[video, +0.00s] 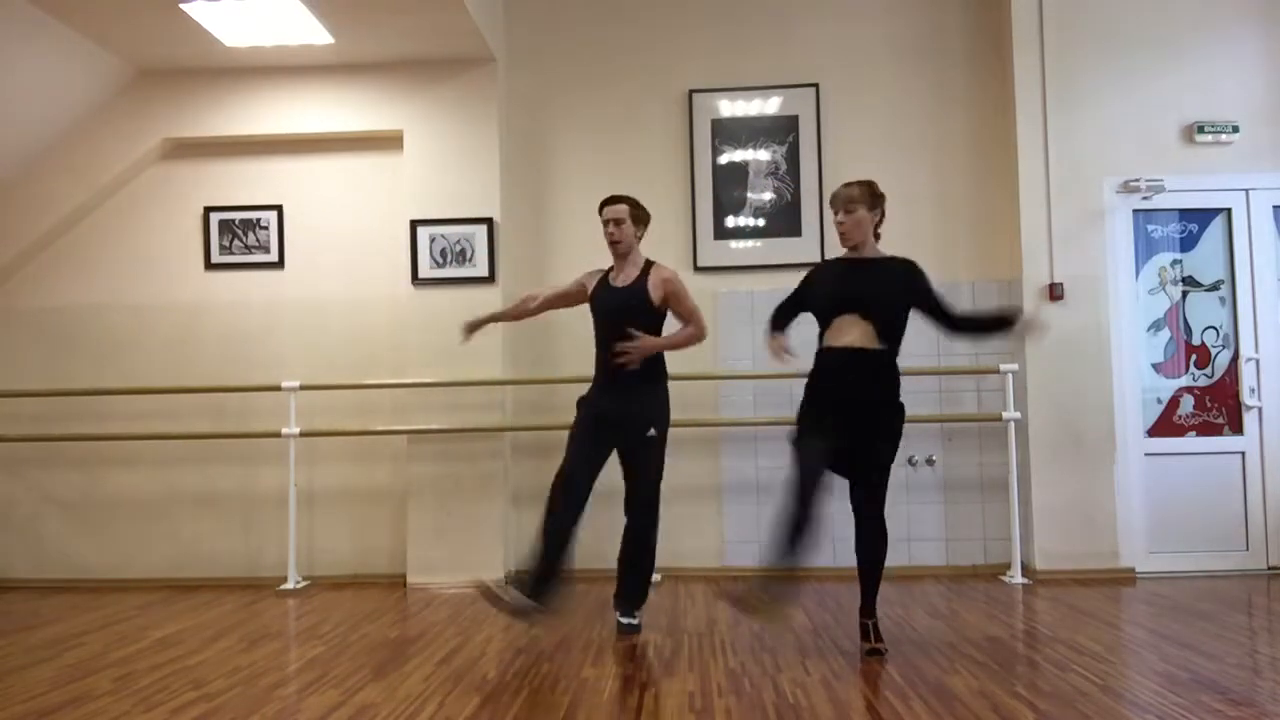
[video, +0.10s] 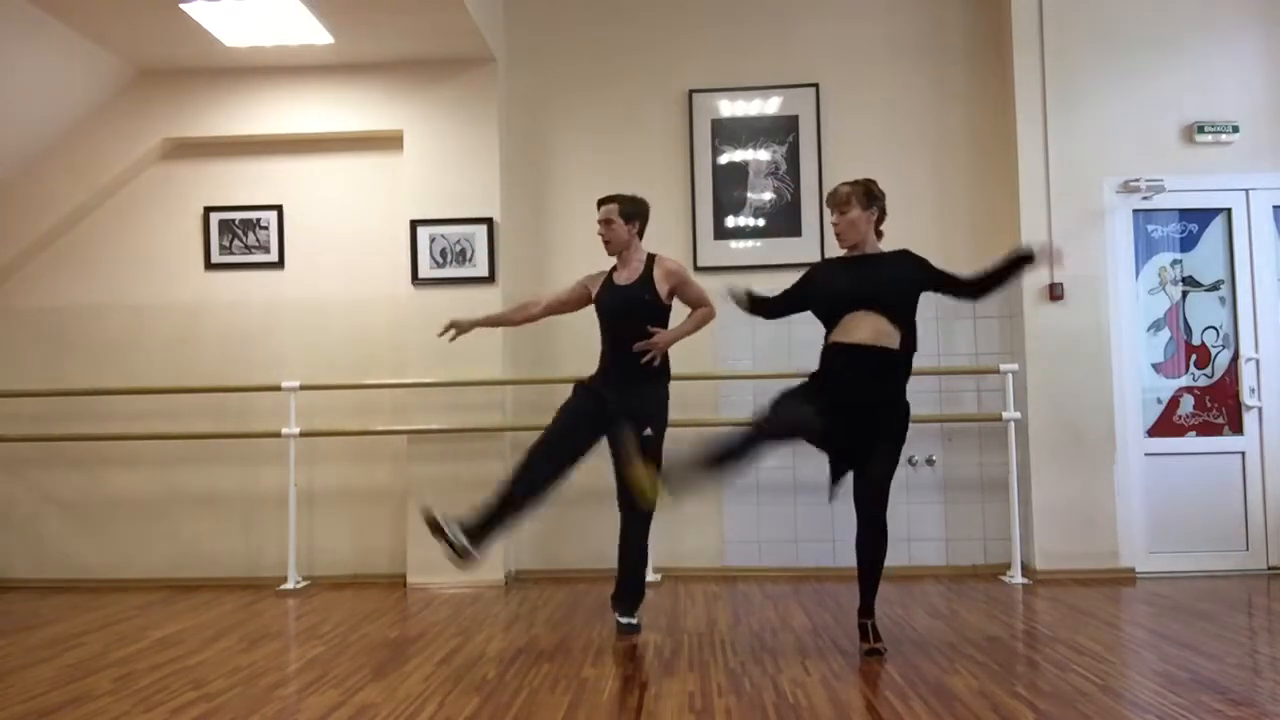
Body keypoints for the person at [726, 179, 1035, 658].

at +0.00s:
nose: (840, 221)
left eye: (850, 212)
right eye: (836, 214)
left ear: (876, 216)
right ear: (834, 220)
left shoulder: (902, 273)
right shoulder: (823, 274)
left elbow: (953, 322)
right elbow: (784, 312)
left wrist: (1012, 319)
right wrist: (776, 332)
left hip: (877, 392)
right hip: (826, 389)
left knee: (868, 506)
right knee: (805, 482)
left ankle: (868, 614)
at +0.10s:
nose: (835, 221)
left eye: (844, 212)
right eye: (833, 213)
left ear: (874, 215)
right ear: (836, 220)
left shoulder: (907, 265)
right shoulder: (824, 273)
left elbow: (970, 289)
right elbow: (774, 307)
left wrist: (1020, 260)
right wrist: (744, 297)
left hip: (883, 394)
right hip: (828, 389)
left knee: (872, 510)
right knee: (766, 428)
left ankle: (867, 615)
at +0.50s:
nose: (824, 225)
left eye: (833, 215)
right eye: (821, 217)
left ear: (859, 218)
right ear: (820, 223)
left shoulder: (896, 262)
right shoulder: (820, 275)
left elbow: (949, 291)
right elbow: (782, 297)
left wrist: (963, 289)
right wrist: (740, 297)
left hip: (883, 394)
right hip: (830, 388)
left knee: (868, 513)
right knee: (781, 472)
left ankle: (855, 616)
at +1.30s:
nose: (770, 237)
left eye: (779, 229)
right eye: (768, 230)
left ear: (806, 233)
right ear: (775, 237)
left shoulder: (840, 283)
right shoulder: (769, 294)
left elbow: (900, 317)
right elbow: (753, 350)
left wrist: (884, 364)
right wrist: (790, 319)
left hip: (845, 406)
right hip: (797, 411)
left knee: (854, 518)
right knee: (797, 516)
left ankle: (851, 617)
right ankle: (833, 574)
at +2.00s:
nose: (733, 226)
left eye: (741, 220)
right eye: (726, 220)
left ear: (753, 229)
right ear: (714, 228)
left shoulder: (771, 286)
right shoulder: (696, 289)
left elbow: (793, 351)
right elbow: (684, 356)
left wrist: (819, 335)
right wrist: (667, 330)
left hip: (763, 399)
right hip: (711, 402)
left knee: (795, 502)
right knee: (686, 506)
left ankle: (826, 599)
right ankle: (674, 607)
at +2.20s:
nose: (736, 255)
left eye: (744, 248)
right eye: (728, 248)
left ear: (755, 259)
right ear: (717, 258)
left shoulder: (773, 317)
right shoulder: (700, 318)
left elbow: (793, 382)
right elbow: (683, 382)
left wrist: (829, 385)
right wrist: (652, 392)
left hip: (766, 430)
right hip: (714, 431)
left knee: (799, 526)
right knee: (682, 526)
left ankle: (829, 615)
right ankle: (675, 615)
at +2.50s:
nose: (737, 253)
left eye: (745, 247)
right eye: (729, 247)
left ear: (756, 258)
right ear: (717, 257)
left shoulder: (774, 315)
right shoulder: (700, 315)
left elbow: (789, 381)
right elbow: (689, 379)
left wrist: (828, 377)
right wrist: (658, 381)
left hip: (766, 428)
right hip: (714, 430)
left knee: (805, 521)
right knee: (683, 526)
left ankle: (830, 614)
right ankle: (676, 614)